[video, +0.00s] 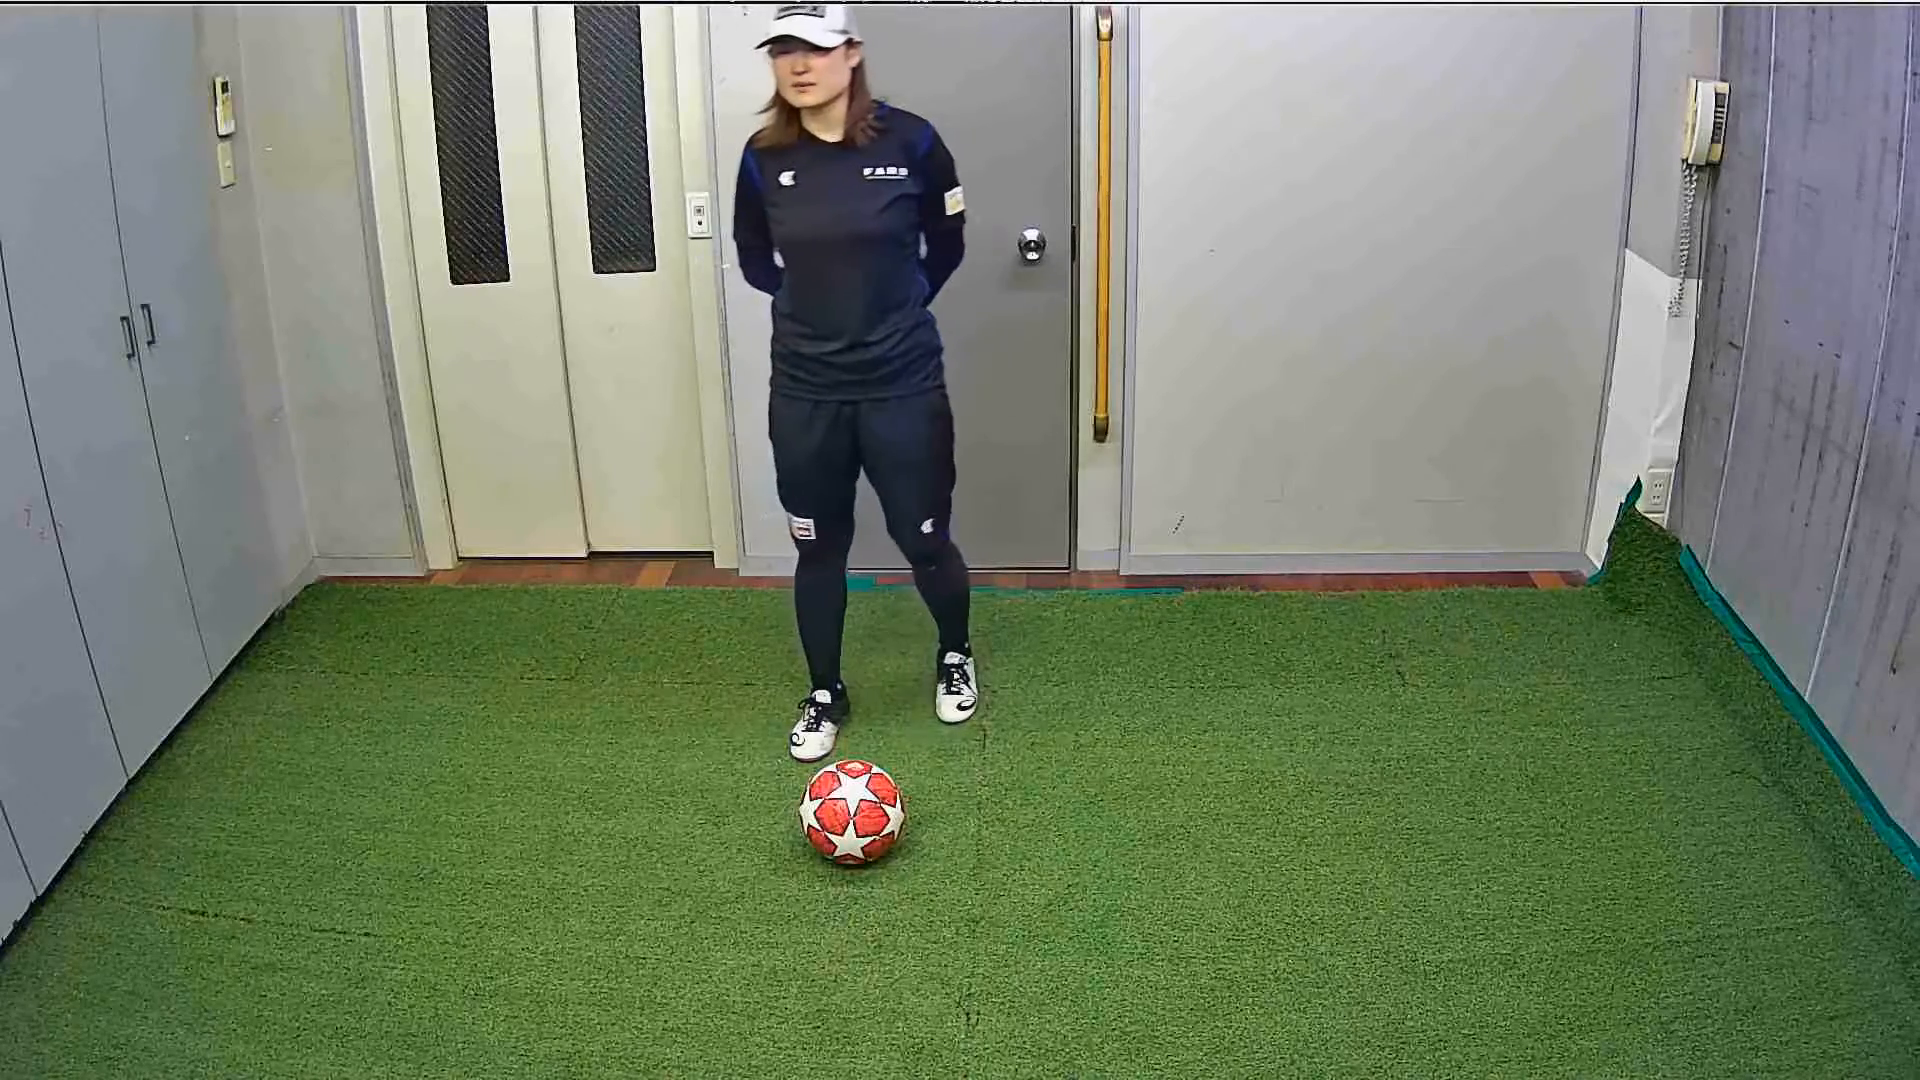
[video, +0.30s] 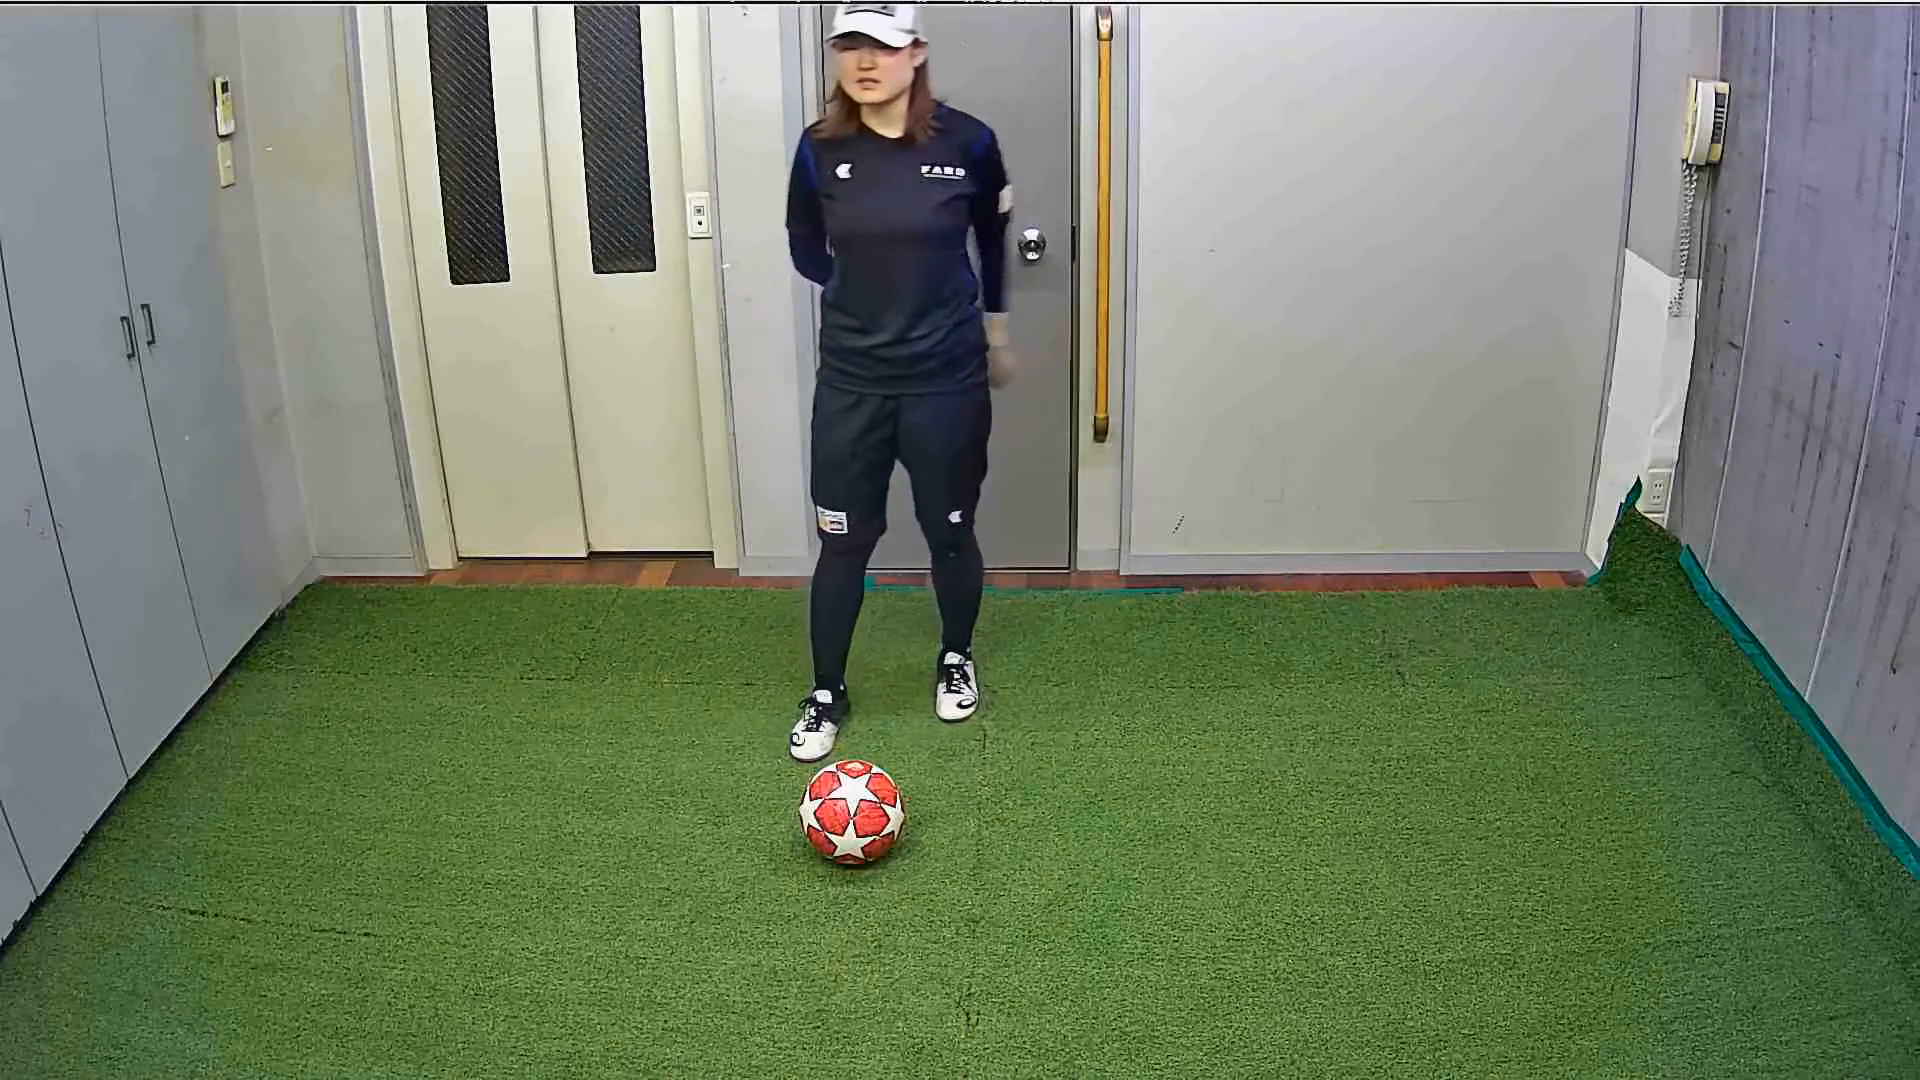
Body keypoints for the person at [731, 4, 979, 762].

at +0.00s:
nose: (799, 65)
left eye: (814, 50)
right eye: (787, 53)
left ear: (852, 56)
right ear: (775, 65)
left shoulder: (913, 141)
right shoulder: (762, 157)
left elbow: (948, 246)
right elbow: (754, 260)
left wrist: (892, 305)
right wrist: (816, 296)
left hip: (901, 382)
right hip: (805, 387)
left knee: (925, 537)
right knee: (815, 543)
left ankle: (955, 655)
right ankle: (825, 693)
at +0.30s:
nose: (865, 61)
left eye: (881, 47)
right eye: (852, 48)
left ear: (916, 56)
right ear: (836, 62)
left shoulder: (969, 144)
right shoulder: (820, 149)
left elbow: (994, 238)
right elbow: (806, 252)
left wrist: (994, 318)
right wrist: (865, 281)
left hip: (945, 375)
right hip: (850, 377)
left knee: (949, 529)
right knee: (840, 536)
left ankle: (956, 661)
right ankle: (825, 695)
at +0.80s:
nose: (925, 66)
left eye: (941, 52)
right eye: (912, 52)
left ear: (974, 56)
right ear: (897, 58)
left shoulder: (1014, 137)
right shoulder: (870, 134)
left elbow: (997, 243)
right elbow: (841, 240)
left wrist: (965, 141)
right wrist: (902, 281)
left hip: (975, 364)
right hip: (883, 363)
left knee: (969, 522)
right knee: (866, 525)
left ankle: (958, 661)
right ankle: (850, 684)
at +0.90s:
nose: (930, 62)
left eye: (945, 49)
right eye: (917, 48)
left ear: (976, 55)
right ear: (900, 57)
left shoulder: (1014, 137)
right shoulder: (872, 133)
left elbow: (988, 241)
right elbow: (847, 241)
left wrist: (959, 143)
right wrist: (909, 278)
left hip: (976, 366)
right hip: (884, 363)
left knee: (971, 522)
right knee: (865, 524)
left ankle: (958, 662)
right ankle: (849, 684)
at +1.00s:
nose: (929, 62)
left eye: (944, 47)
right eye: (917, 47)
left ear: (976, 54)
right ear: (901, 54)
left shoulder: (1015, 138)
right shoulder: (874, 134)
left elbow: (986, 242)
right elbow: (849, 238)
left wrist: (956, 146)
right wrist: (908, 275)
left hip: (976, 365)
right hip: (884, 361)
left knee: (970, 521)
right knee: (865, 523)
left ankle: (958, 662)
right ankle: (849, 684)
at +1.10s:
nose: (929, 62)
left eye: (945, 49)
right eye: (916, 48)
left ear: (976, 54)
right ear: (900, 54)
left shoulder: (1016, 139)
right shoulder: (874, 134)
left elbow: (985, 239)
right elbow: (850, 238)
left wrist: (954, 142)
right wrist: (909, 273)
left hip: (974, 365)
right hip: (883, 361)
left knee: (970, 522)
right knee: (866, 524)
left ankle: (958, 662)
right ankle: (849, 684)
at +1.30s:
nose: (925, 60)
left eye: (942, 48)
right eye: (913, 46)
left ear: (974, 55)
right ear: (897, 53)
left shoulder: (1011, 138)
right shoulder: (871, 134)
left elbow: (989, 243)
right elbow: (844, 240)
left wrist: (959, 146)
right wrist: (904, 279)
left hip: (973, 367)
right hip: (881, 364)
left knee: (969, 522)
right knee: (865, 525)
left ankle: (958, 661)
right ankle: (850, 684)